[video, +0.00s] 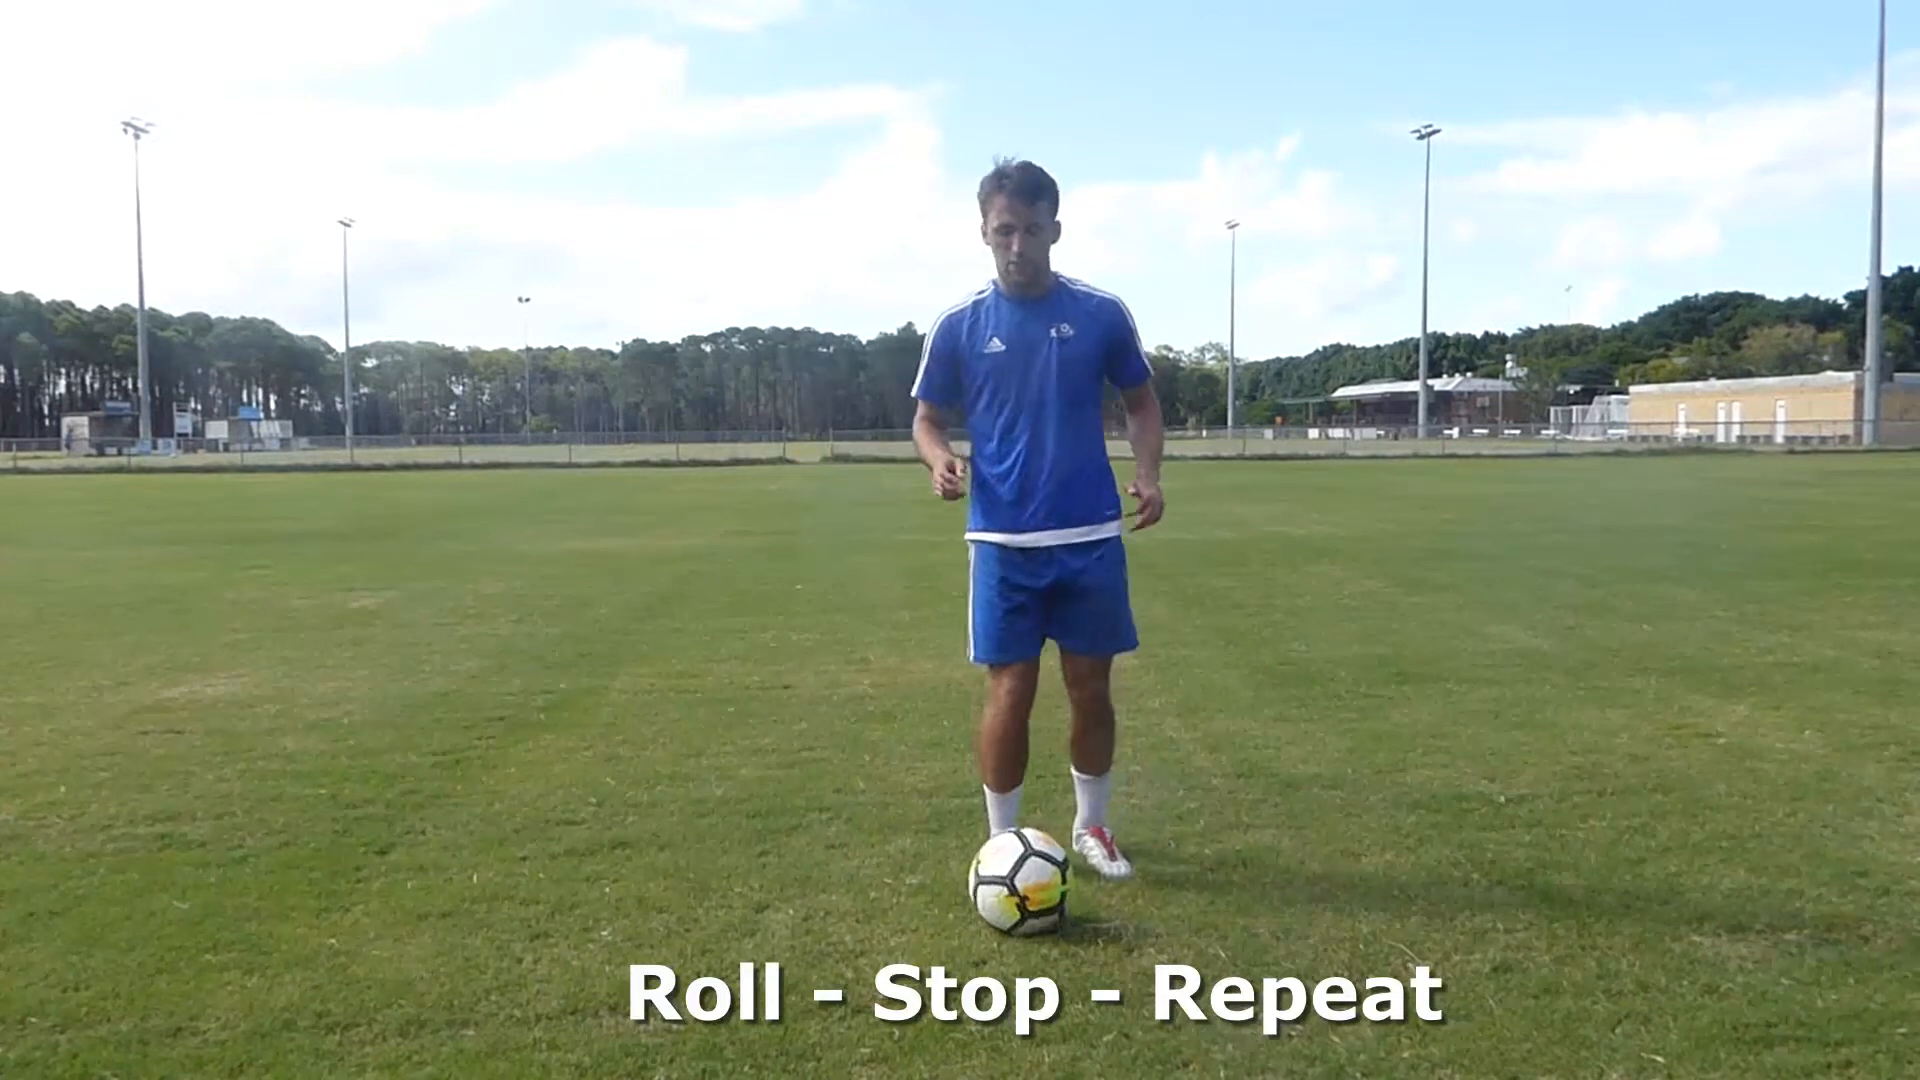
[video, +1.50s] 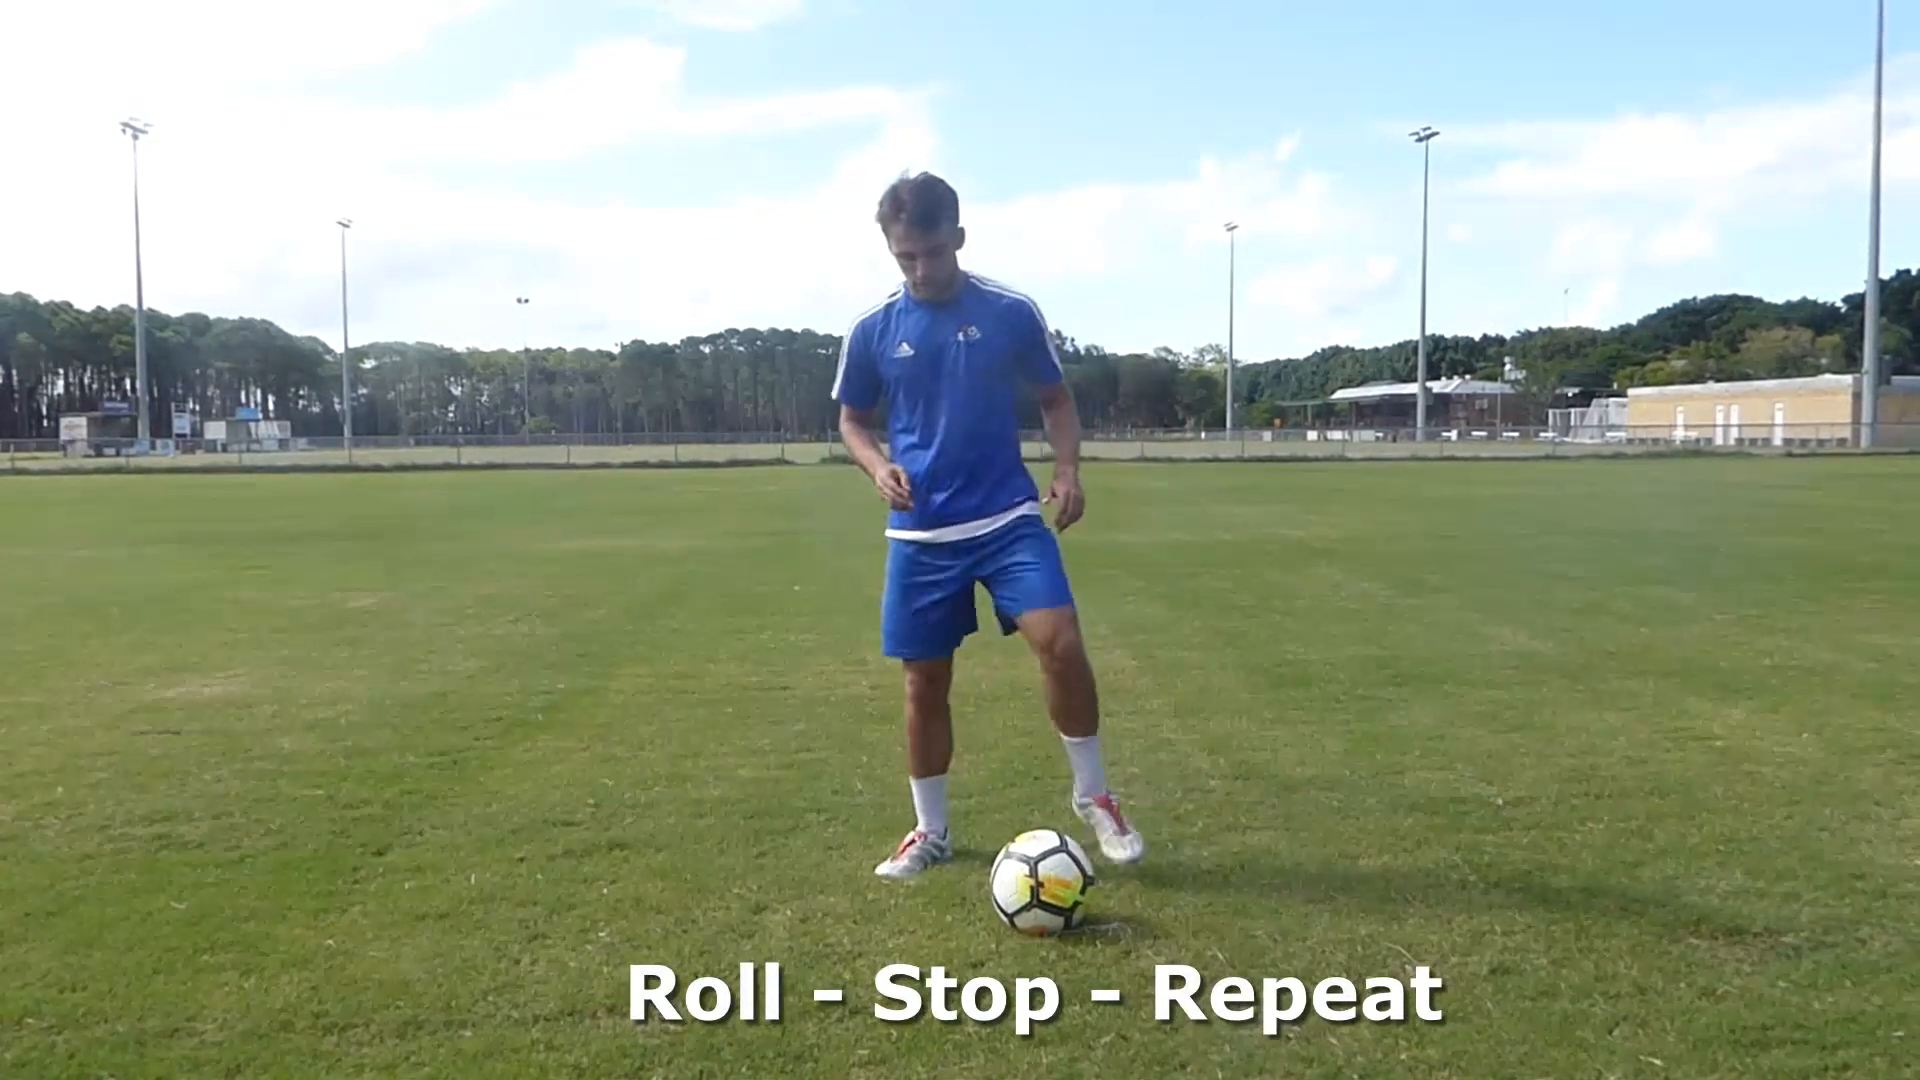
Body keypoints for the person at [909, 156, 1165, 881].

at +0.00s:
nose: (1015, 245)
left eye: (1029, 230)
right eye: (1001, 230)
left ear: (1055, 228)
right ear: (983, 233)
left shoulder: (1102, 316)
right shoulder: (959, 328)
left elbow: (1142, 401)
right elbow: (928, 419)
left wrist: (1148, 472)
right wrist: (940, 457)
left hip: (1089, 536)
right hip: (1002, 540)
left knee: (1091, 687)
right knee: (1011, 690)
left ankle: (1091, 830)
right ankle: (1003, 845)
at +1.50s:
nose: (920, 271)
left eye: (931, 254)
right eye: (905, 258)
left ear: (958, 238)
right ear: (888, 249)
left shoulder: (1011, 314)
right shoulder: (872, 334)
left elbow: (1055, 400)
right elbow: (851, 420)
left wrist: (1067, 471)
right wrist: (877, 464)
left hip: (1010, 523)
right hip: (921, 537)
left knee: (1061, 645)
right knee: (923, 686)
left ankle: (1093, 796)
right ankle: (930, 833)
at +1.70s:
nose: (874, 272)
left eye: (886, 254)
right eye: (860, 259)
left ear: (912, 239)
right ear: (843, 251)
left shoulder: (966, 315)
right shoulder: (829, 337)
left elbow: (1021, 394)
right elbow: (814, 422)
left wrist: (1038, 474)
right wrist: (839, 471)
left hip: (960, 514)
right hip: (879, 533)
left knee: (979, 625)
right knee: (904, 682)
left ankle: (1031, 799)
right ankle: (929, 832)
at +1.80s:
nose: (855, 272)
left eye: (868, 255)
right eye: (842, 259)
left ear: (896, 240)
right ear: (826, 251)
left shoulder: (949, 317)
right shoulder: (812, 336)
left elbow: (1009, 400)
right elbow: (803, 423)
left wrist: (1025, 482)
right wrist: (826, 471)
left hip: (933, 513)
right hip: (857, 532)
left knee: (918, 623)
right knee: (891, 682)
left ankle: (958, 801)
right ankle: (926, 829)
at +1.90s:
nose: (841, 274)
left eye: (855, 257)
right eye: (827, 259)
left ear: (882, 242)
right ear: (811, 249)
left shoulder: (932, 321)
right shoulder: (794, 337)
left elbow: (990, 404)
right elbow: (785, 426)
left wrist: (1006, 488)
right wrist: (808, 468)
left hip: (913, 512)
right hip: (839, 528)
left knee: (859, 624)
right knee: (883, 681)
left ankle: (862, 805)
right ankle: (928, 833)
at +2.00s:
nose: (825, 275)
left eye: (840, 260)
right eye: (812, 260)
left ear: (868, 246)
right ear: (795, 250)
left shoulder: (914, 323)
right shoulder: (776, 336)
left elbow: (967, 406)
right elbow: (757, 429)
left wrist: (983, 496)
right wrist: (784, 469)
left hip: (887, 522)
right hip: (818, 530)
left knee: (810, 652)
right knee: (873, 682)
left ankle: (776, 831)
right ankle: (926, 829)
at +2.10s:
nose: (797, 274)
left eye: (811, 259)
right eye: (786, 258)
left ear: (849, 247)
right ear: (776, 247)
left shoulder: (892, 331)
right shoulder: (757, 332)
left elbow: (944, 420)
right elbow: (729, 422)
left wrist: (958, 517)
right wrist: (749, 463)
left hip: (852, 540)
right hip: (785, 540)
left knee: (778, 689)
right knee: (839, 692)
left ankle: (755, 856)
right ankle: (917, 824)